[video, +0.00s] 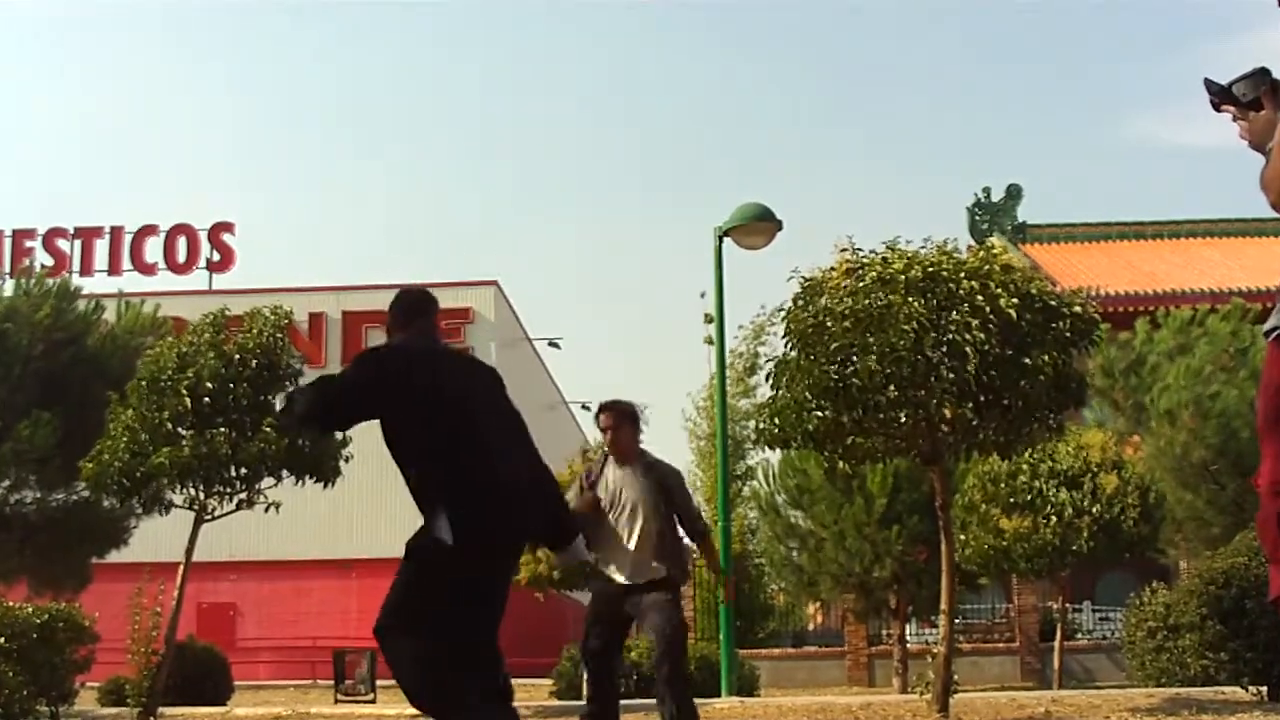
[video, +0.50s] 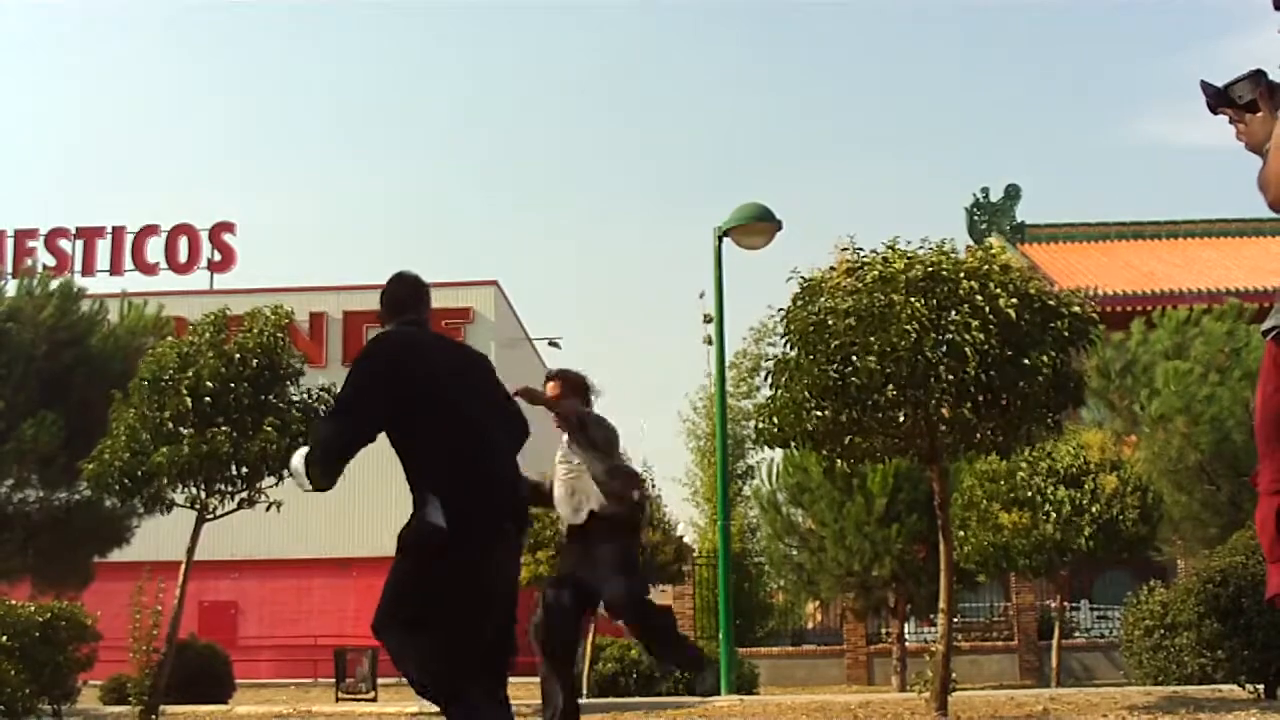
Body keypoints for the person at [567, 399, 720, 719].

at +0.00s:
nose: (606, 438)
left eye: (613, 430)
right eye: (602, 431)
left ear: (634, 430)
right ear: (599, 433)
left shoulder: (664, 476)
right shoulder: (591, 477)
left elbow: (694, 523)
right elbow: (568, 525)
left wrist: (716, 568)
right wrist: (580, 510)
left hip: (657, 586)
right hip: (609, 585)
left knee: (670, 660)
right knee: (596, 657)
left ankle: (678, 714)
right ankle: (601, 714)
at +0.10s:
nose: (618, 433)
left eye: (624, 425)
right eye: (613, 427)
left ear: (646, 426)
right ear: (610, 430)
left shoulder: (672, 473)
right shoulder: (598, 472)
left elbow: (701, 514)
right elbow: (574, 522)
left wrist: (721, 539)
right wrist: (563, 555)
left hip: (660, 583)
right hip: (610, 579)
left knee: (683, 636)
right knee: (578, 648)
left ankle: (684, 713)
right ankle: (608, 698)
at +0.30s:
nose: (598, 422)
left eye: (604, 414)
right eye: (592, 417)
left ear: (625, 413)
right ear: (590, 421)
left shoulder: (643, 452)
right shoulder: (598, 462)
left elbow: (617, 456)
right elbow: (599, 514)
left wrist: (576, 428)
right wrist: (578, 544)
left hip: (646, 572)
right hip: (603, 570)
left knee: (667, 667)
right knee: (557, 615)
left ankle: (680, 714)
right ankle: (570, 711)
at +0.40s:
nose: (565, 402)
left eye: (572, 396)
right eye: (564, 397)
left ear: (595, 401)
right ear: (581, 406)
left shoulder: (609, 430)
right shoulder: (588, 449)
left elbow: (565, 408)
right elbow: (599, 503)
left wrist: (520, 384)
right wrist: (577, 537)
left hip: (620, 550)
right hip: (594, 554)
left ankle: (692, 707)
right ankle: (561, 711)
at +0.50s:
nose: (551, 407)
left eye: (557, 399)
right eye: (549, 400)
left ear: (578, 398)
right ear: (552, 402)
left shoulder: (600, 430)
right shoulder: (565, 446)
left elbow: (577, 417)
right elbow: (559, 496)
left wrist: (540, 400)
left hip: (611, 534)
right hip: (577, 540)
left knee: (629, 607)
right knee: (555, 625)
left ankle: (699, 667)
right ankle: (560, 710)